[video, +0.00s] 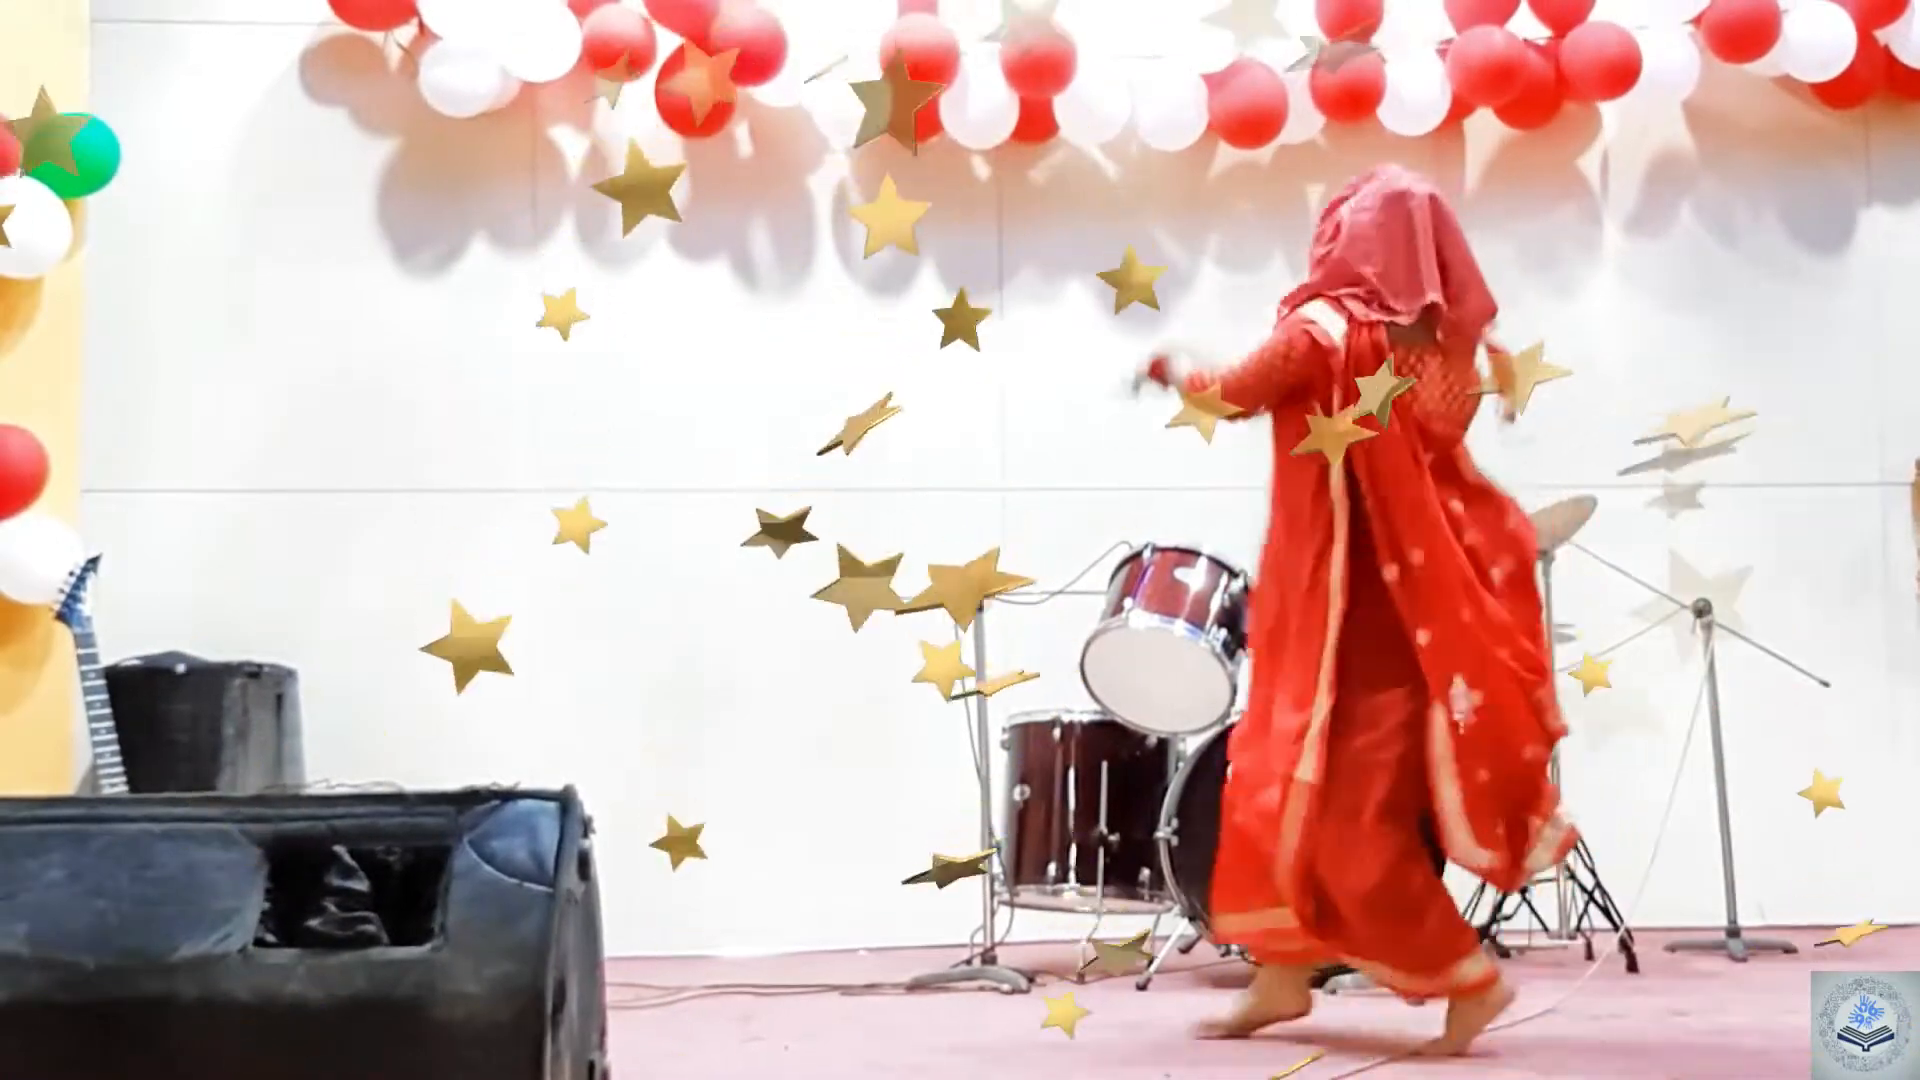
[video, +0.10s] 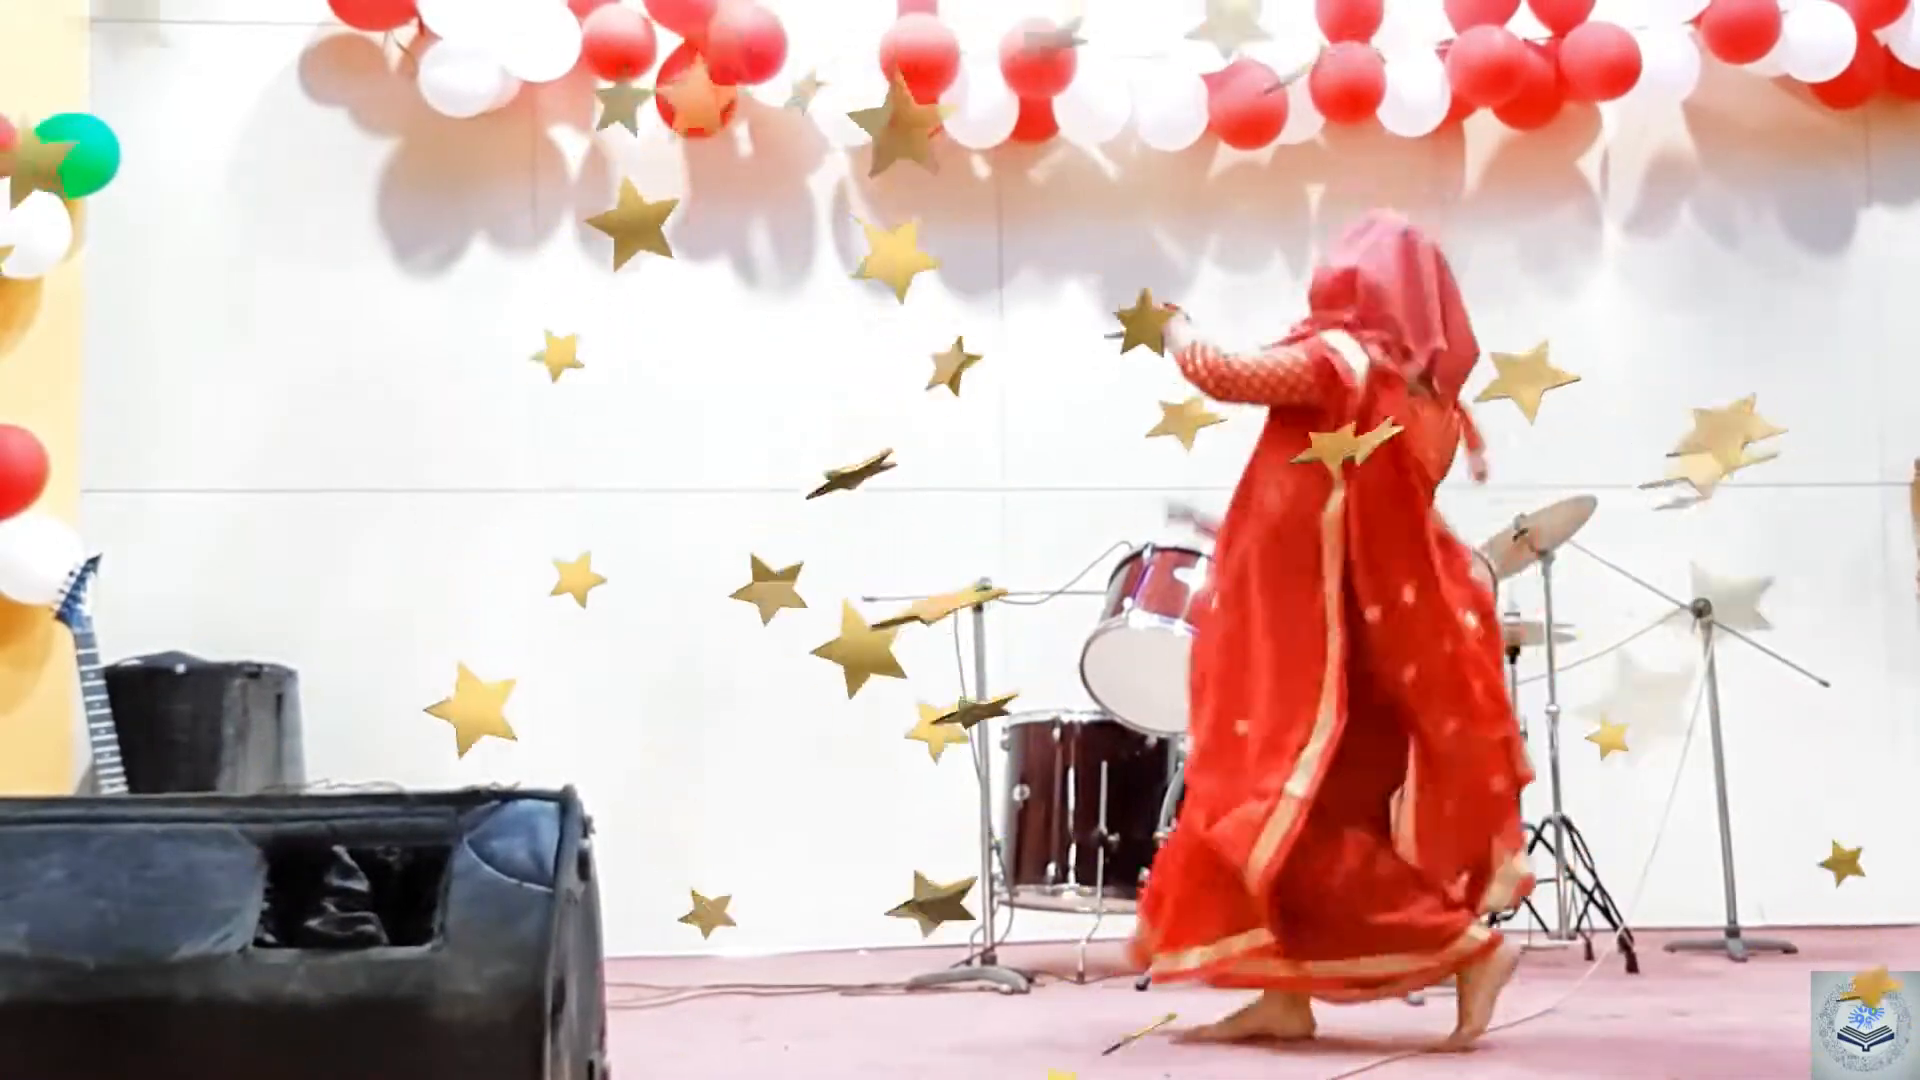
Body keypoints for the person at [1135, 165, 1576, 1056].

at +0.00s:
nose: (1320, 238)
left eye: (1332, 224)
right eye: (1329, 223)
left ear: (1351, 241)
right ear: (1426, 250)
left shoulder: (1325, 327)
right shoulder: (1451, 347)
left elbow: (1243, 387)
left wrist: (1179, 373)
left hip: (1358, 623)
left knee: (1344, 817)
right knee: (1281, 786)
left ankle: (1470, 976)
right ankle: (1282, 974)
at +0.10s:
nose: (1322, 286)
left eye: (1334, 272)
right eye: (1330, 271)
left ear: (1355, 284)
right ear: (1426, 298)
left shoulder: (1339, 360)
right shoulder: (1435, 406)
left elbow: (1232, 376)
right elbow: (1407, 525)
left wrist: (1174, 332)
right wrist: (1483, 567)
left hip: (1301, 625)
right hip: (1369, 630)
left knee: (1258, 810)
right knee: (1290, 810)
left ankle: (1469, 951)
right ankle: (1283, 993)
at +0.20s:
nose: (1333, 299)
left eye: (1342, 286)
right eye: (1339, 285)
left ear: (1365, 293)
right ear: (1428, 300)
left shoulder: (1364, 376)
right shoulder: (1425, 401)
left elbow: (1276, 407)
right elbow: (1333, 486)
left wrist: (1175, 383)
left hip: (1304, 621)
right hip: (1354, 621)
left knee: (1231, 795)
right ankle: (1276, 997)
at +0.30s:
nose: (1343, 272)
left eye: (1353, 257)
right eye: (1346, 256)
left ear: (1388, 266)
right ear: (1425, 266)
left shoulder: (1385, 374)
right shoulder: (1442, 370)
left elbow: (1289, 448)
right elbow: (1342, 386)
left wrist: (1168, 473)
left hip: (1344, 609)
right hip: (1376, 601)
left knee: (1357, 797)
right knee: (1256, 779)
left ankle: (1496, 970)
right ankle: (1271, 973)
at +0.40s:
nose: (1370, 271)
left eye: (1381, 256)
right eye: (1372, 255)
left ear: (1421, 276)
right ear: (1439, 275)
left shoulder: (1426, 384)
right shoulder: (1425, 337)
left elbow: (1348, 488)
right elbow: (1381, 314)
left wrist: (1250, 558)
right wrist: (1314, 276)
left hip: (1435, 598)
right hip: (1392, 592)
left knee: (1436, 789)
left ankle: (1517, 984)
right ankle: (1334, 948)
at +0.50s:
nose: (1405, 302)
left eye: (1421, 288)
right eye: (1405, 285)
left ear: (1459, 306)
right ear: (1462, 308)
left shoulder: (1461, 420)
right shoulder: (1456, 391)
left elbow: (1383, 527)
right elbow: (1420, 314)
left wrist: (1301, 598)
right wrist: (1374, 265)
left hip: (1476, 642)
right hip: (1471, 637)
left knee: (1468, 813)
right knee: (1471, 813)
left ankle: (1518, 996)